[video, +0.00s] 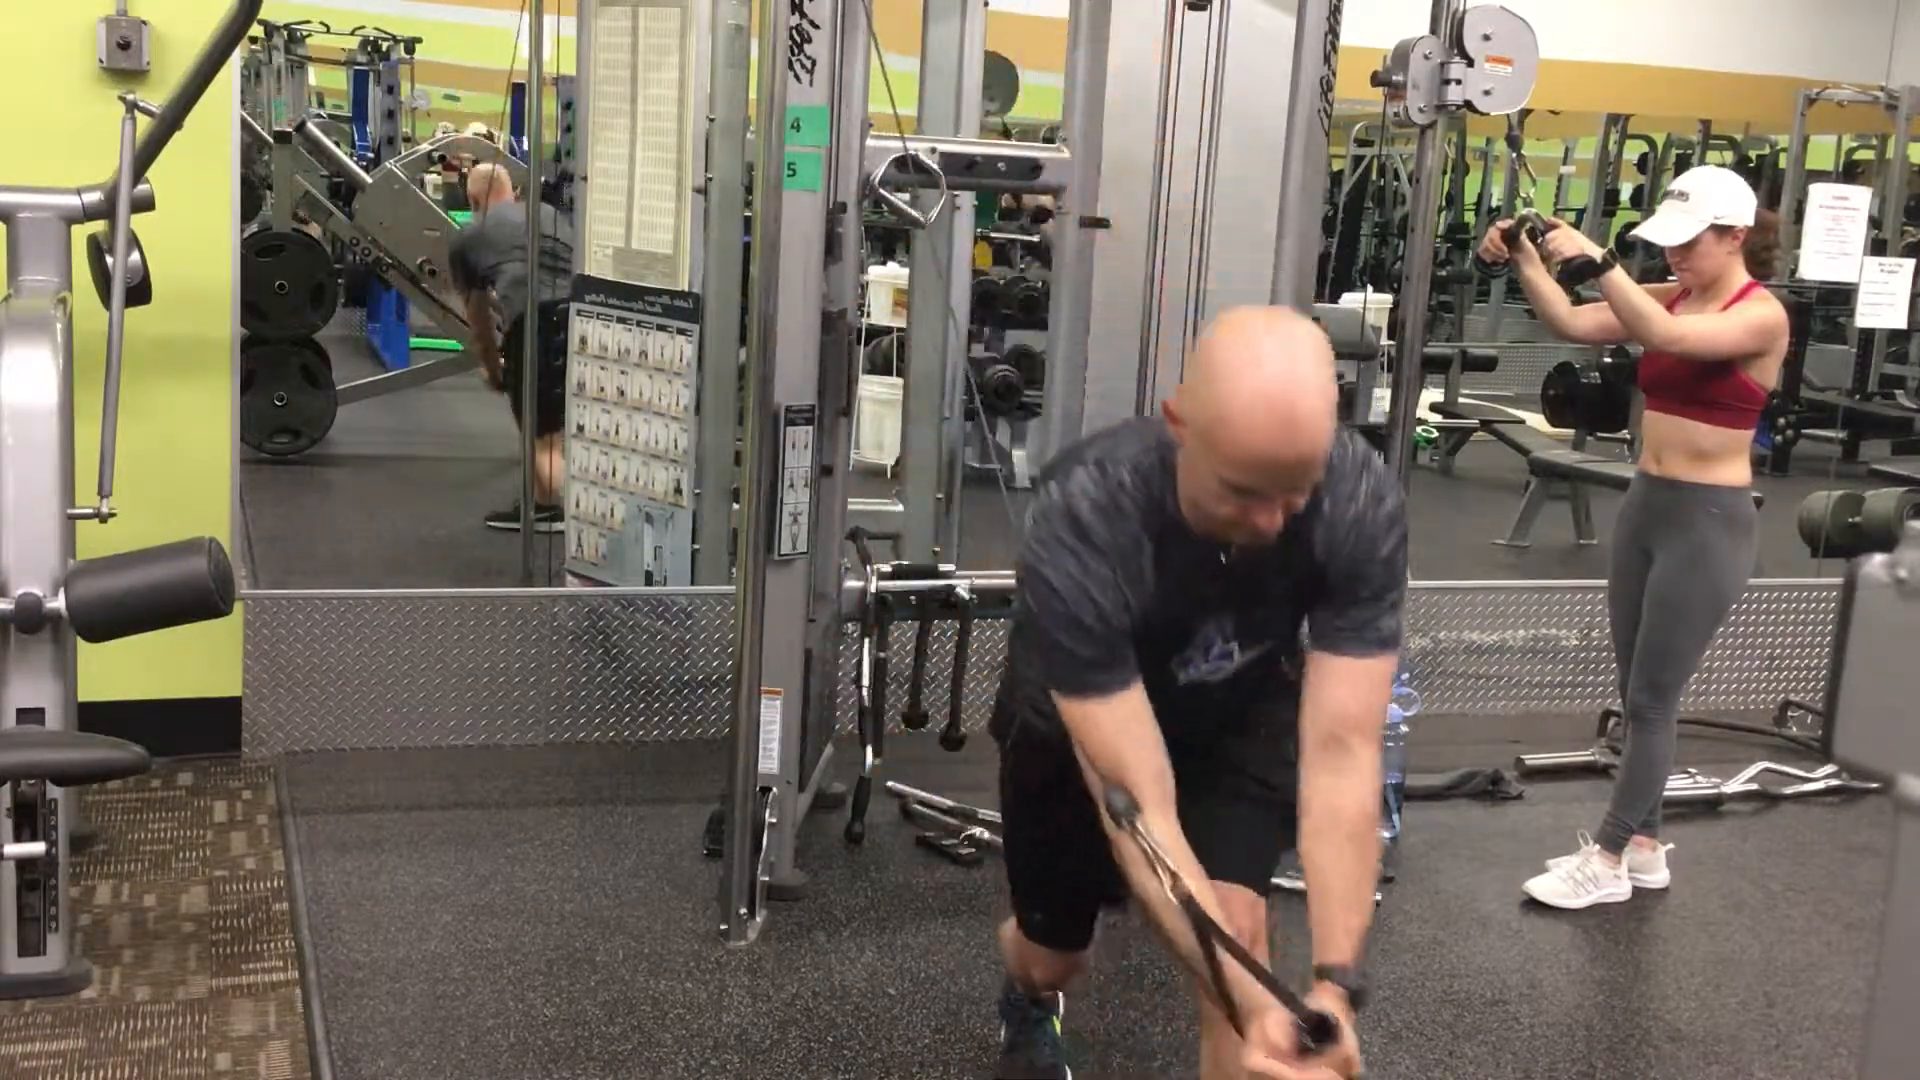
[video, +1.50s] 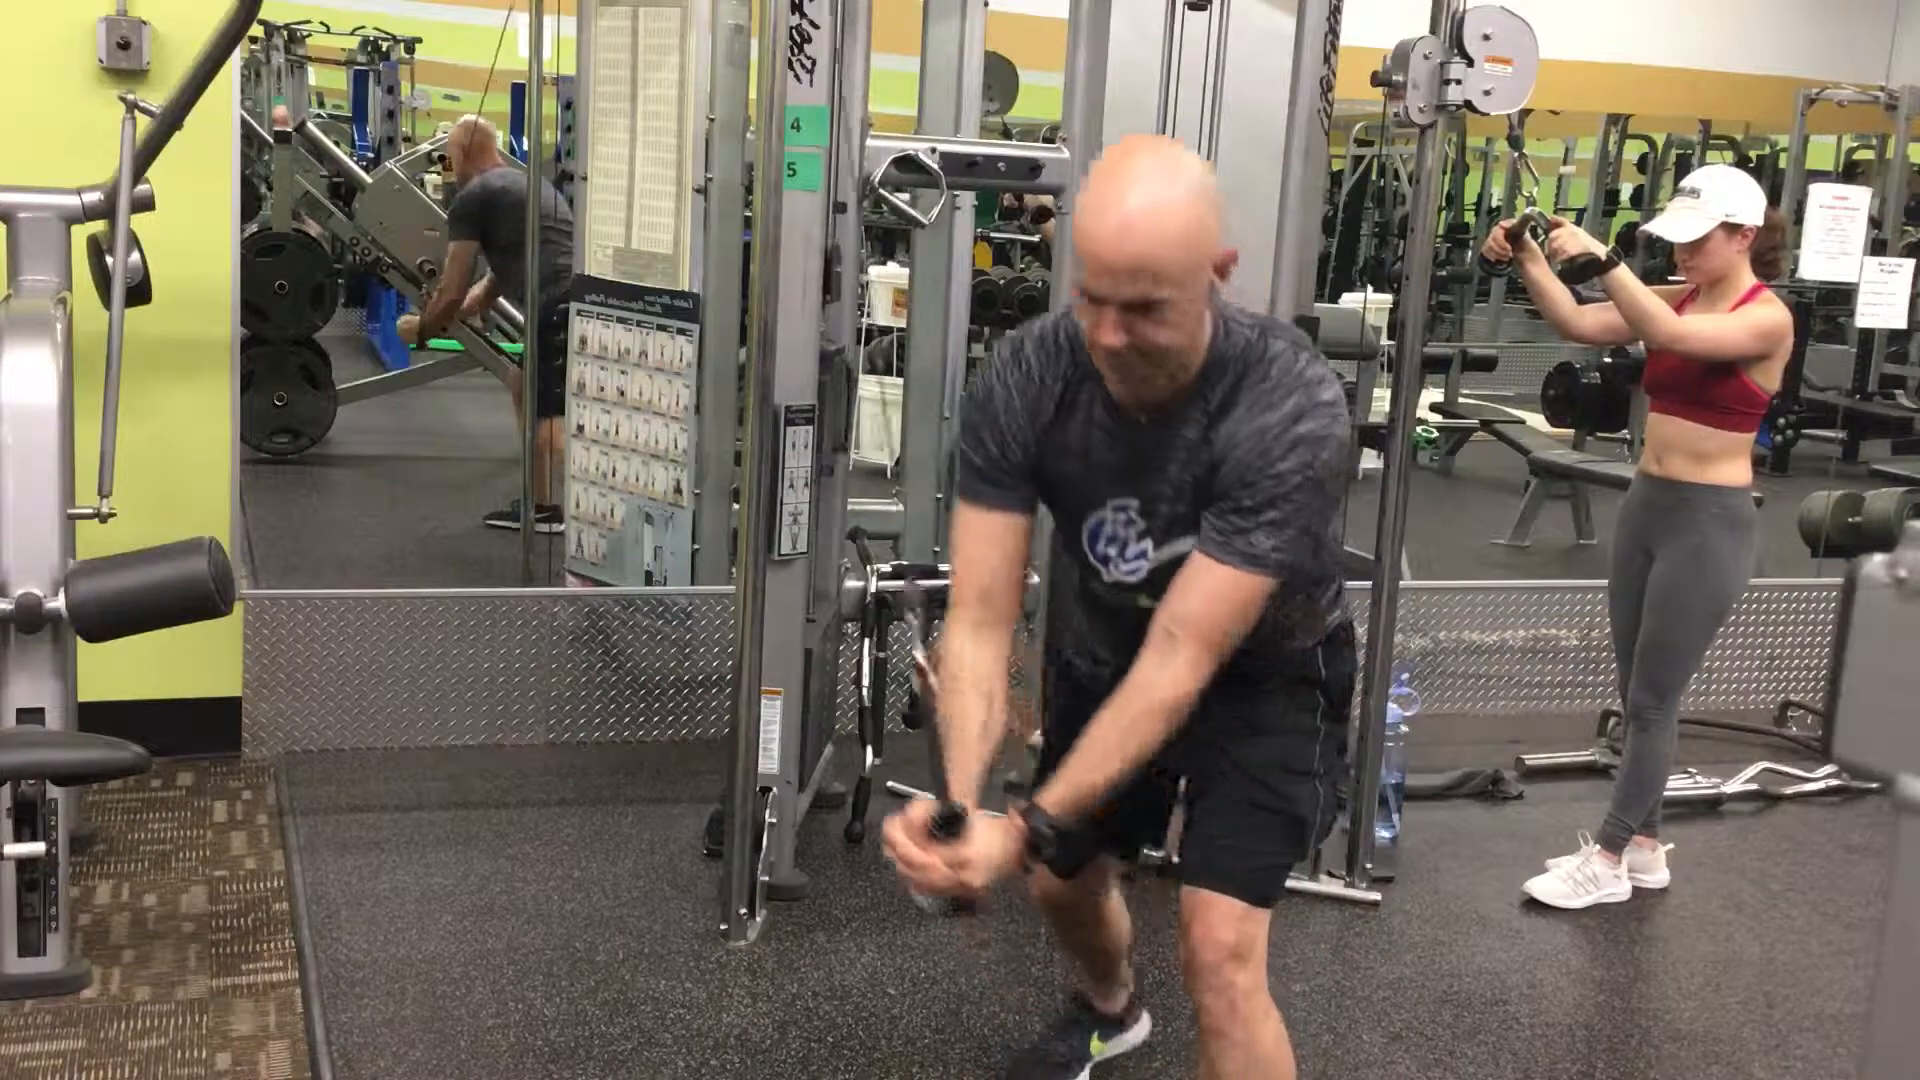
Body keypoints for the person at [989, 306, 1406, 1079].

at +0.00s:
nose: (1270, 521)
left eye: (1296, 493)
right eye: (1241, 493)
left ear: (1325, 441)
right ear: (1176, 424)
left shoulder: (1359, 507)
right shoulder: (1082, 517)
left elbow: (1345, 753)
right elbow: (1134, 804)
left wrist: (1335, 982)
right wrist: (1255, 1006)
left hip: (1238, 718)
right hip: (1079, 716)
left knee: (1236, 950)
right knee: (1053, 959)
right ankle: (1031, 1006)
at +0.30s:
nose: (1291, 597)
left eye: (1315, 567)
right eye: (1262, 569)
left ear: (1343, 512)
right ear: (1191, 497)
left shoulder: (1365, 560)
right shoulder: (1084, 584)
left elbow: (1359, 801)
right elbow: (1158, 879)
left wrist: (1374, 1039)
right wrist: (1297, 1064)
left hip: (1230, 716)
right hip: (1074, 721)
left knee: (1226, 924)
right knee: (1065, 975)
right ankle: (1014, 994)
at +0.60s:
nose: (1279, 593)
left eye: (1303, 562)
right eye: (1248, 564)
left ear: (1331, 506)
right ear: (1180, 494)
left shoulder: (1358, 556)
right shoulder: (1077, 574)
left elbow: (1351, 801)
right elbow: (1144, 873)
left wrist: (1359, 1038)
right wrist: (1285, 1064)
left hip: (1229, 718)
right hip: (1076, 722)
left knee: (1222, 923)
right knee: (1065, 974)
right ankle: (1013, 989)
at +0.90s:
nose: (1261, 561)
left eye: (1286, 532)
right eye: (1230, 533)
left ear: (1316, 474)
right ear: (1162, 464)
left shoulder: (1352, 538)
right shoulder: (1066, 554)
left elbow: (1346, 786)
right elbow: (1130, 846)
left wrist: (1345, 1017)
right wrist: (1268, 1053)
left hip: (1237, 722)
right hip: (1087, 720)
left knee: (1216, 943)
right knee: (1068, 967)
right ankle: (1014, 986)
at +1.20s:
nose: (1194, 449)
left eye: (1226, 420)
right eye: (1166, 414)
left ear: (1279, 356)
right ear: (1121, 351)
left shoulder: (1334, 475)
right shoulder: (1046, 466)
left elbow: (1269, 734)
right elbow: (1051, 738)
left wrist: (1187, 945)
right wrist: (1087, 931)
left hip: (1251, 715)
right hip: (1109, 705)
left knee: (1230, 960)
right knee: (1054, 923)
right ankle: (1044, 995)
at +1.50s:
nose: (1109, 336)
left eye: (1145, 311)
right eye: (1091, 302)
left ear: (1219, 274)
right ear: (1071, 260)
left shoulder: (1291, 403)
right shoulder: (1022, 378)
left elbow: (1181, 655)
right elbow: (980, 616)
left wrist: (1032, 823)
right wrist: (962, 797)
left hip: (1262, 672)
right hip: (1102, 653)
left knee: (1219, 946)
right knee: (1060, 874)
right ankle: (1114, 1012)